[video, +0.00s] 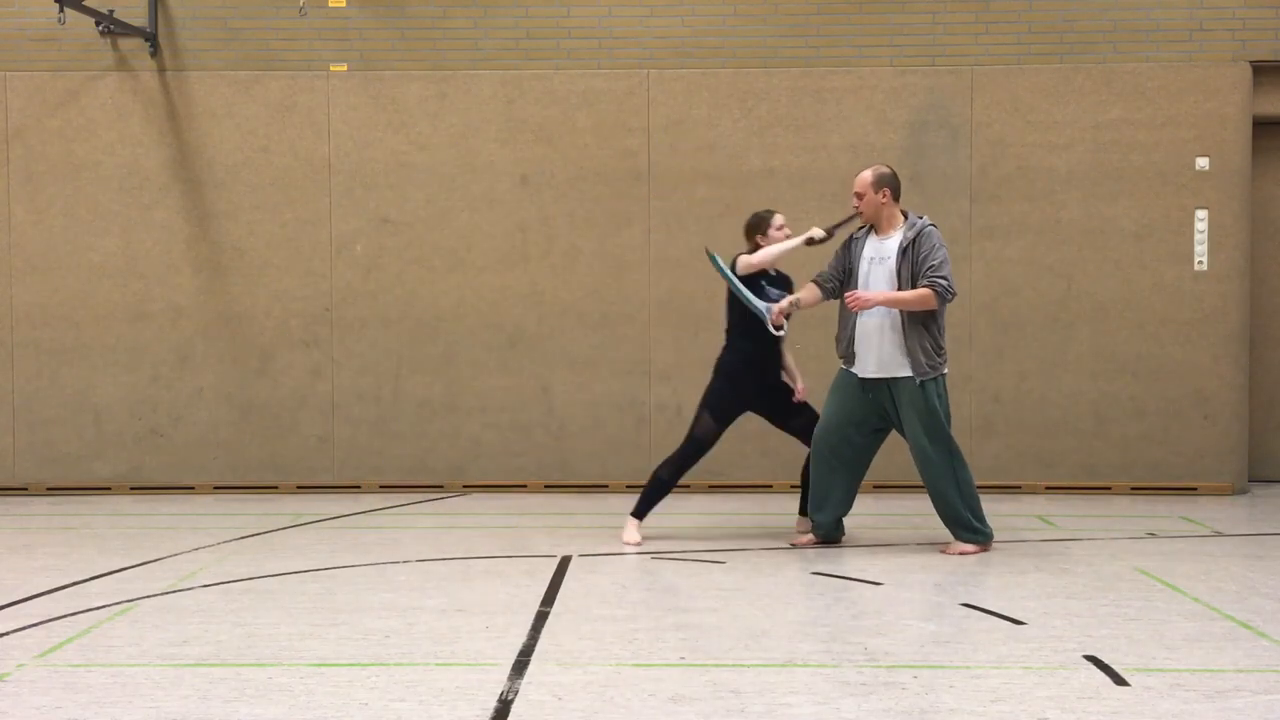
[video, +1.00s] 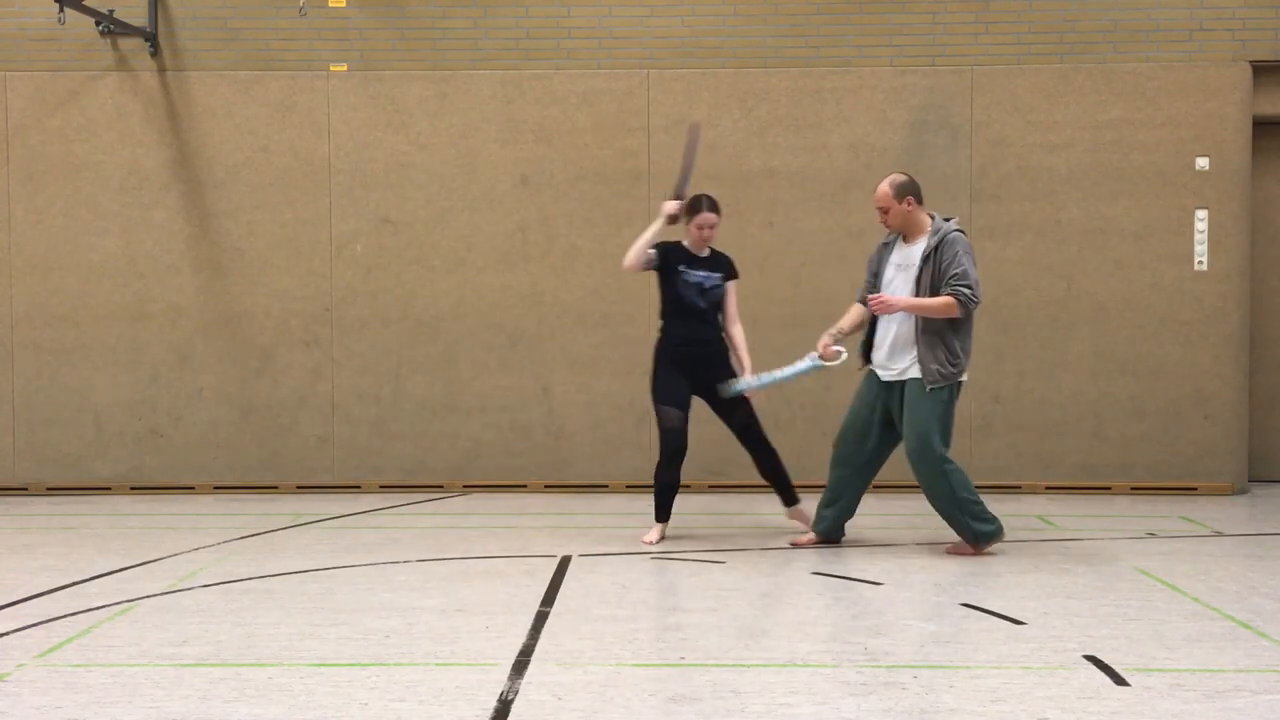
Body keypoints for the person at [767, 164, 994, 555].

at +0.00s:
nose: (855, 204)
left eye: (860, 196)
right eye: (854, 196)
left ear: (885, 196)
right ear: (879, 197)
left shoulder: (923, 235)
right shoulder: (856, 242)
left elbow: (939, 293)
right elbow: (827, 282)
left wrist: (878, 297)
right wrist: (792, 301)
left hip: (913, 373)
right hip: (860, 373)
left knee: (935, 453)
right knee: (829, 441)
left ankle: (975, 535)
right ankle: (826, 529)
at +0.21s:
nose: (855, 205)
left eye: (860, 198)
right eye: (854, 198)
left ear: (886, 197)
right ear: (879, 199)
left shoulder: (926, 236)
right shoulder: (858, 242)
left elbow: (943, 293)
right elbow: (829, 287)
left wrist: (884, 298)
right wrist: (799, 313)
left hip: (915, 375)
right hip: (862, 374)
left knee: (937, 455)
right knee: (830, 442)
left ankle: (974, 535)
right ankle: (826, 529)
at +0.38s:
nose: (855, 205)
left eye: (860, 198)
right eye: (854, 198)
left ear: (886, 198)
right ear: (880, 199)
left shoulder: (926, 236)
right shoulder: (858, 242)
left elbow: (944, 294)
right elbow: (829, 286)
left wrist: (887, 299)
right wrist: (797, 310)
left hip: (915, 374)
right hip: (861, 373)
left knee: (937, 454)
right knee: (830, 441)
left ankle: (974, 535)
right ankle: (826, 529)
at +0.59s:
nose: (853, 206)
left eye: (858, 199)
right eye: (852, 199)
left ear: (883, 198)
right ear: (878, 200)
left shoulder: (925, 237)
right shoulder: (856, 240)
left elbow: (943, 295)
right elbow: (828, 284)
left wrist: (886, 300)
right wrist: (794, 307)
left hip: (913, 374)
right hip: (860, 373)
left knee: (936, 454)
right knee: (829, 441)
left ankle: (974, 536)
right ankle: (826, 529)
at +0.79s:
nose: (856, 212)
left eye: (861, 205)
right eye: (854, 205)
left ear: (886, 201)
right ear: (876, 203)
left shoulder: (927, 237)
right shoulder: (857, 245)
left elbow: (945, 296)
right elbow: (832, 290)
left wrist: (891, 300)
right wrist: (803, 313)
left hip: (912, 370)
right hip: (861, 371)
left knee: (925, 451)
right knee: (833, 443)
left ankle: (970, 529)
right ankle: (826, 529)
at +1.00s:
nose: (879, 218)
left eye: (884, 210)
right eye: (878, 210)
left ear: (909, 205)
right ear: (900, 206)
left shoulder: (950, 242)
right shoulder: (886, 249)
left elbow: (961, 303)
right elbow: (865, 302)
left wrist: (901, 303)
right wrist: (833, 333)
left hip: (930, 373)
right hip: (885, 372)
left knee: (925, 453)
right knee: (851, 445)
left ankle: (982, 531)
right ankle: (828, 529)